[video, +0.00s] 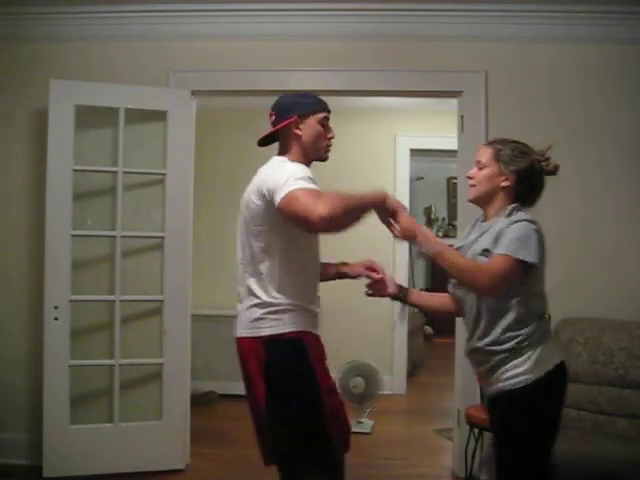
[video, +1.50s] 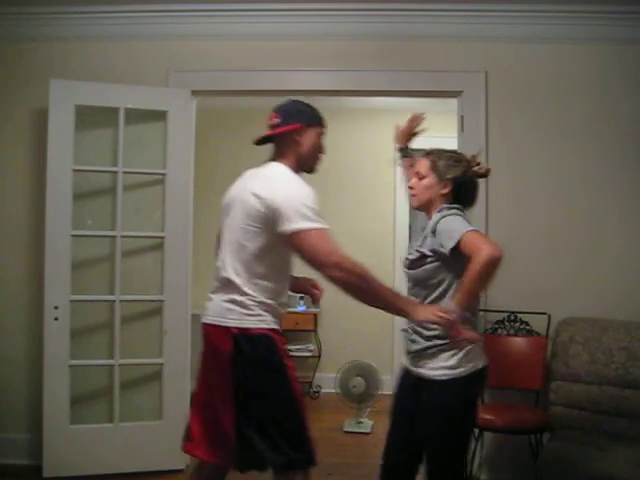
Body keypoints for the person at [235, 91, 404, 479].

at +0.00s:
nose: (331, 132)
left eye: (329, 124)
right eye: (323, 123)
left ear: (296, 131)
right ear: (296, 128)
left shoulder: (274, 177)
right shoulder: (283, 172)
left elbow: (284, 268)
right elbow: (321, 212)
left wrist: (344, 269)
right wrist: (378, 200)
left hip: (273, 331)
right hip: (281, 334)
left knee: (303, 452)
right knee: (318, 451)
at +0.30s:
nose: (297, 131)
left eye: (297, 123)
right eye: (289, 122)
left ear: (263, 128)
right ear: (260, 125)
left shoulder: (253, 173)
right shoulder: (244, 167)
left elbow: (247, 261)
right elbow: (323, 179)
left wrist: (298, 256)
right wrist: (333, 133)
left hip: (254, 326)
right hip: (242, 328)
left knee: (262, 445)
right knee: (255, 448)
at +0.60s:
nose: (260, 137)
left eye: (260, 129)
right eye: (253, 127)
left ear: (224, 131)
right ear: (223, 128)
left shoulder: (205, 173)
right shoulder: (211, 167)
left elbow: (198, 260)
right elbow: (301, 160)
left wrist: (253, 264)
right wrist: (326, 121)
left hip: (192, 329)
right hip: (196, 331)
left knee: (200, 456)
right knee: (230, 457)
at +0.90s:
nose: (242, 142)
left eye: (241, 134)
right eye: (235, 133)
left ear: (207, 137)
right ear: (206, 134)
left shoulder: (180, 181)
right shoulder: (195, 171)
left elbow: (171, 265)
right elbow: (293, 154)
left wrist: (226, 275)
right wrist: (335, 124)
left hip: (193, 334)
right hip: (166, 334)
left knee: (219, 443)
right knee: (140, 454)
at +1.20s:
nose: (268, 147)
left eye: (267, 138)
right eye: (262, 137)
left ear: (235, 140)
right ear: (236, 138)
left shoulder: (214, 181)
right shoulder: (215, 179)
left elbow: (201, 267)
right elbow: (268, 211)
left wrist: (248, 285)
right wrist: (328, 178)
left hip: (211, 337)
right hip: (197, 340)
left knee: (217, 455)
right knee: (200, 457)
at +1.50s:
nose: (323, 148)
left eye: (322, 138)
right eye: (319, 136)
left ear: (285, 138)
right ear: (298, 136)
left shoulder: (245, 182)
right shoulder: (284, 186)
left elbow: (235, 258)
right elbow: (336, 267)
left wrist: (290, 282)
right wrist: (412, 308)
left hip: (222, 327)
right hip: (251, 333)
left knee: (213, 454)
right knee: (293, 459)